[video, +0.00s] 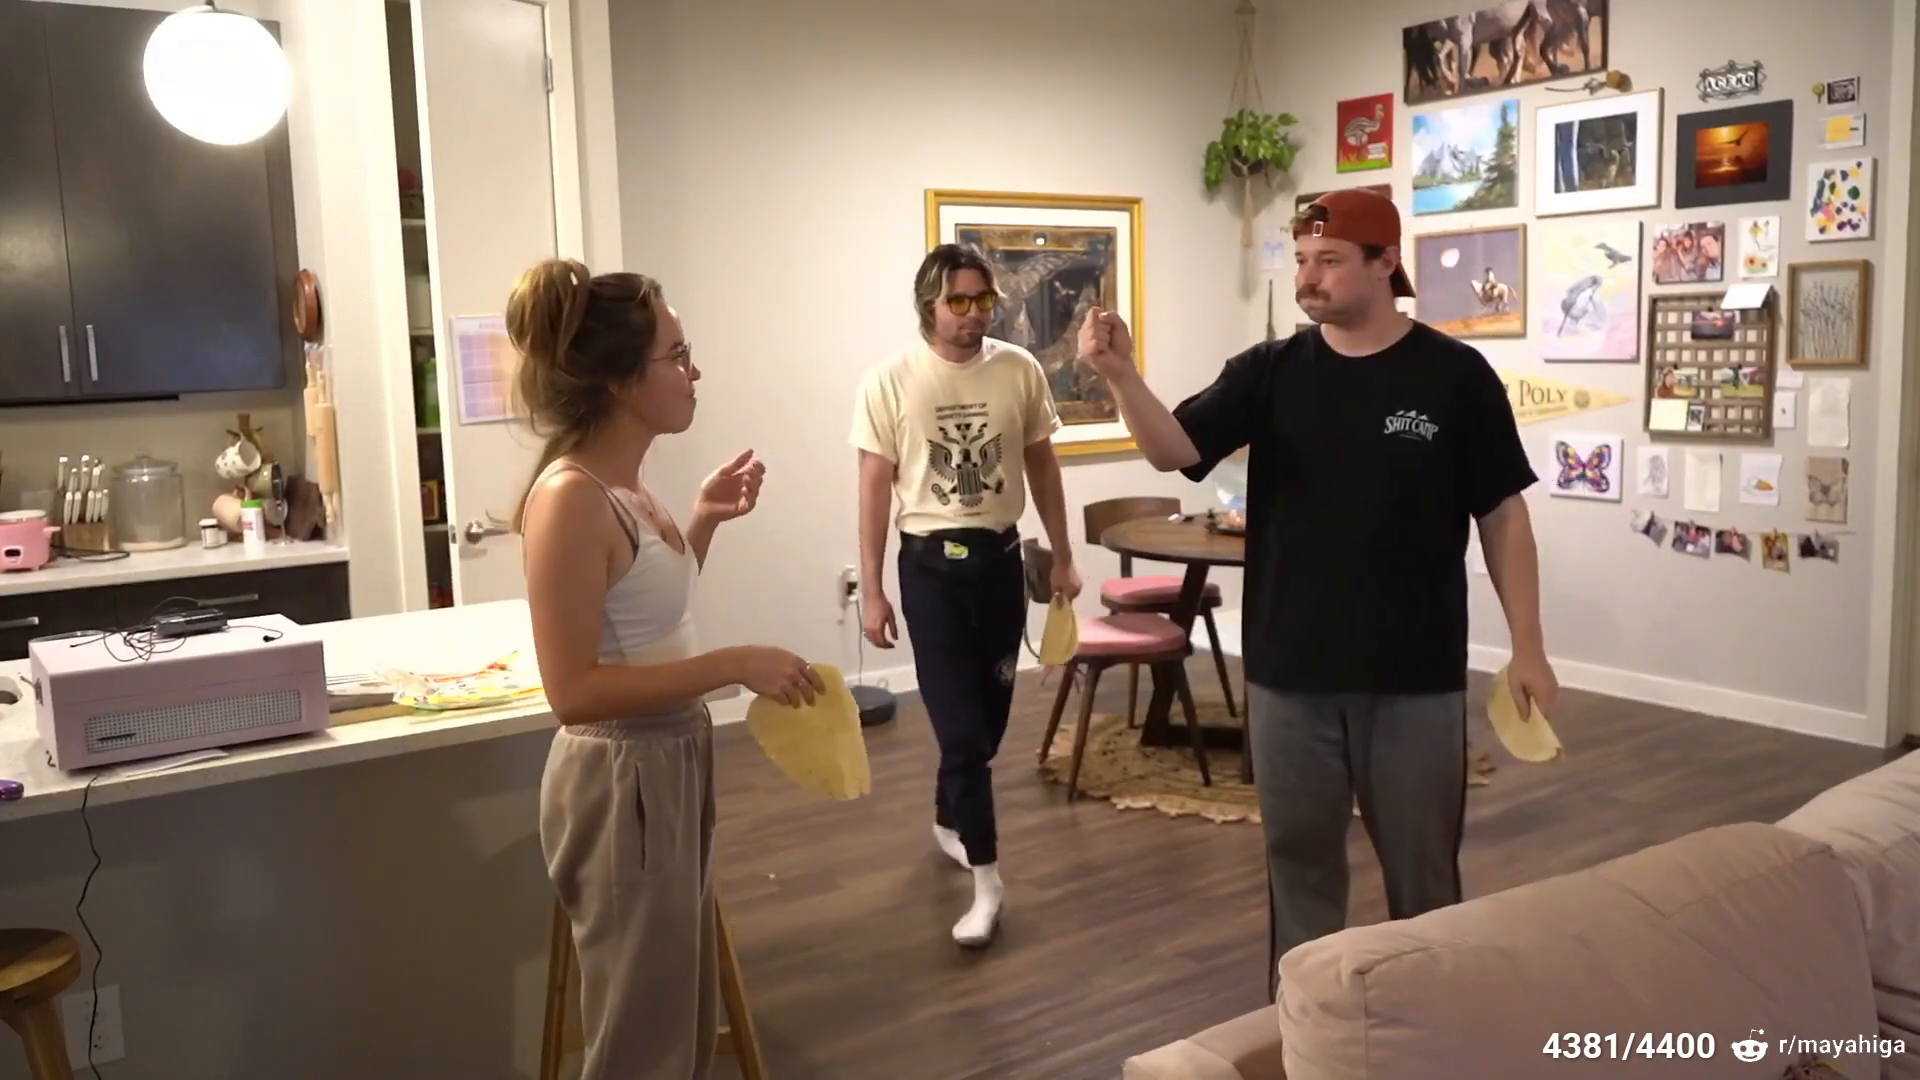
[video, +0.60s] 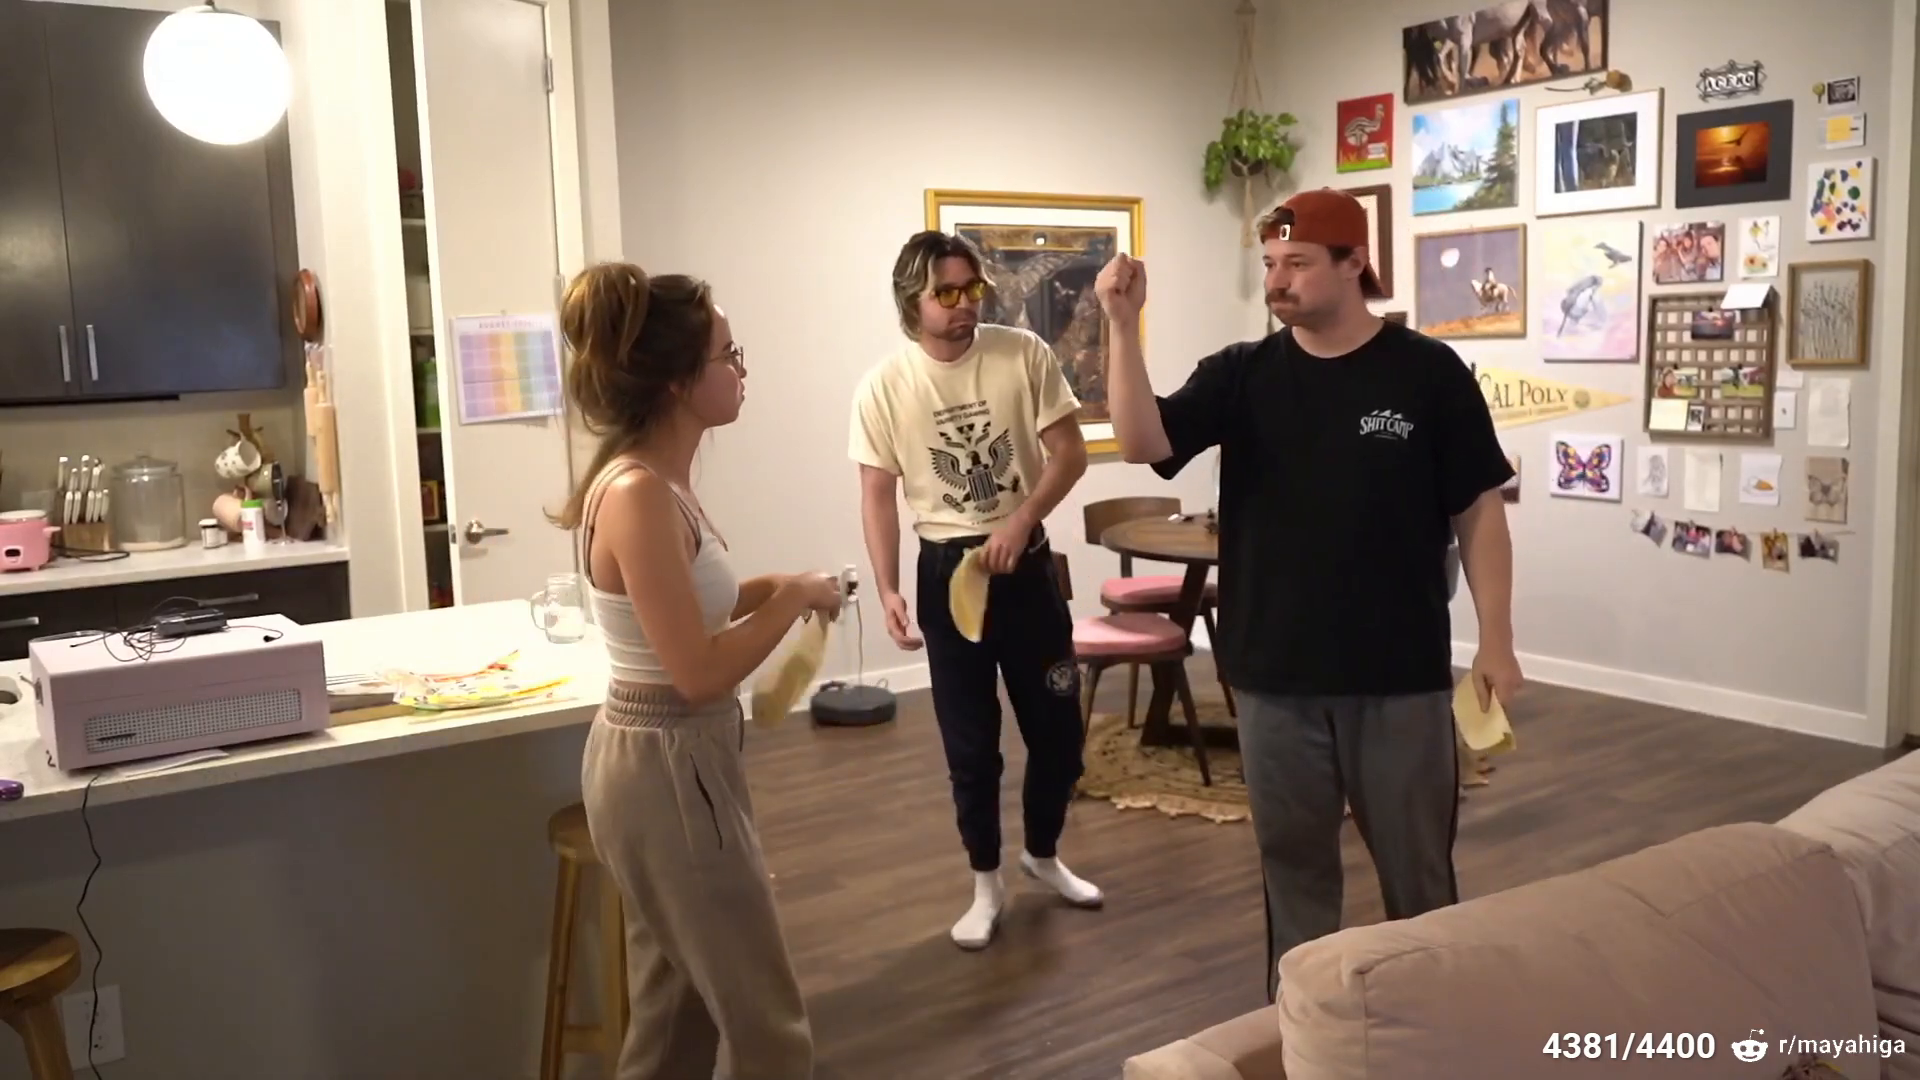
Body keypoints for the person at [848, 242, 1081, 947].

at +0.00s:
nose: (970, 312)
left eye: (980, 299)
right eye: (956, 300)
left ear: (991, 301)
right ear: (927, 305)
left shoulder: (1019, 369)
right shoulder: (891, 382)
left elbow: (1041, 463)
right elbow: (874, 488)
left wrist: (1063, 553)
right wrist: (871, 588)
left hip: (1001, 562)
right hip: (929, 566)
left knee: (991, 714)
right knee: (961, 728)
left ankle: (951, 818)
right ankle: (985, 879)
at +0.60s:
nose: (964, 305)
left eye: (972, 289)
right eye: (947, 293)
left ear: (983, 289)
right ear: (911, 299)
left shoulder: (1024, 354)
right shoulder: (884, 389)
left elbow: (1071, 455)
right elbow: (877, 496)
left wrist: (1024, 519)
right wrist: (887, 588)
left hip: (1026, 565)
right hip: (947, 572)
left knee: (1058, 728)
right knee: (969, 742)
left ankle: (1042, 856)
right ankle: (986, 882)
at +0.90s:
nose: (981, 306)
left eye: (990, 292)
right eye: (964, 295)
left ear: (1003, 292)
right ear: (932, 301)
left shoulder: (1048, 355)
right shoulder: (909, 391)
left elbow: (1095, 458)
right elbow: (903, 486)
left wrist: (1022, 502)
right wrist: (901, 545)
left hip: (1060, 573)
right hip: (976, 583)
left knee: (1110, 735)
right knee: (981, 748)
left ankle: (1138, 874)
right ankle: (987, 887)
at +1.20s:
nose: (1060, 315)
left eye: (1072, 301)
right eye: (1044, 302)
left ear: (1090, 305)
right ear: (1021, 308)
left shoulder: (1128, 370)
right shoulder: (999, 387)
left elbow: (1164, 485)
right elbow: (1000, 474)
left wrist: (1076, 523)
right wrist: (972, 543)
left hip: (1128, 593)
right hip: (1042, 593)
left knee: (1174, 758)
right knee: (1012, 756)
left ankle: (1212, 899)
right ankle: (994, 886)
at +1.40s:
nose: (1125, 304)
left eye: (1139, 291)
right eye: (1111, 292)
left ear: (1162, 294)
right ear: (1093, 298)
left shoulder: (1202, 366)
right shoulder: (1079, 372)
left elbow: (1221, 482)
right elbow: (1089, 463)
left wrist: (1136, 518)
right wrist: (1054, 529)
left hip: (1191, 578)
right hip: (1105, 576)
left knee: (1206, 748)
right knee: (1061, 738)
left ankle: (1215, 899)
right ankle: (1044, 873)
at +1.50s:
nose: (1144, 300)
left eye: (1158, 287)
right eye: (1133, 287)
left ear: (1184, 291)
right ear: (1116, 291)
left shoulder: (1218, 363)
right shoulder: (1105, 364)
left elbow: (1234, 485)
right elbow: (1114, 462)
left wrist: (1150, 519)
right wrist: (1077, 524)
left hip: (1200, 577)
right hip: (1125, 574)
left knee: (1210, 748)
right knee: (1090, 733)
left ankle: (1215, 896)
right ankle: (1123, 852)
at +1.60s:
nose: (1165, 296)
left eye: (1180, 281)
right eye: (1152, 284)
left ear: (1208, 282)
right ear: (1139, 291)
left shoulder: (1241, 360)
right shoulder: (1132, 359)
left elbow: (1249, 485)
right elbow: (1131, 462)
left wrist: (1163, 515)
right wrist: (1098, 516)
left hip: (1212, 572)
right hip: (1141, 570)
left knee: (1215, 741)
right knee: (1129, 737)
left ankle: (1216, 891)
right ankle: (1203, 830)